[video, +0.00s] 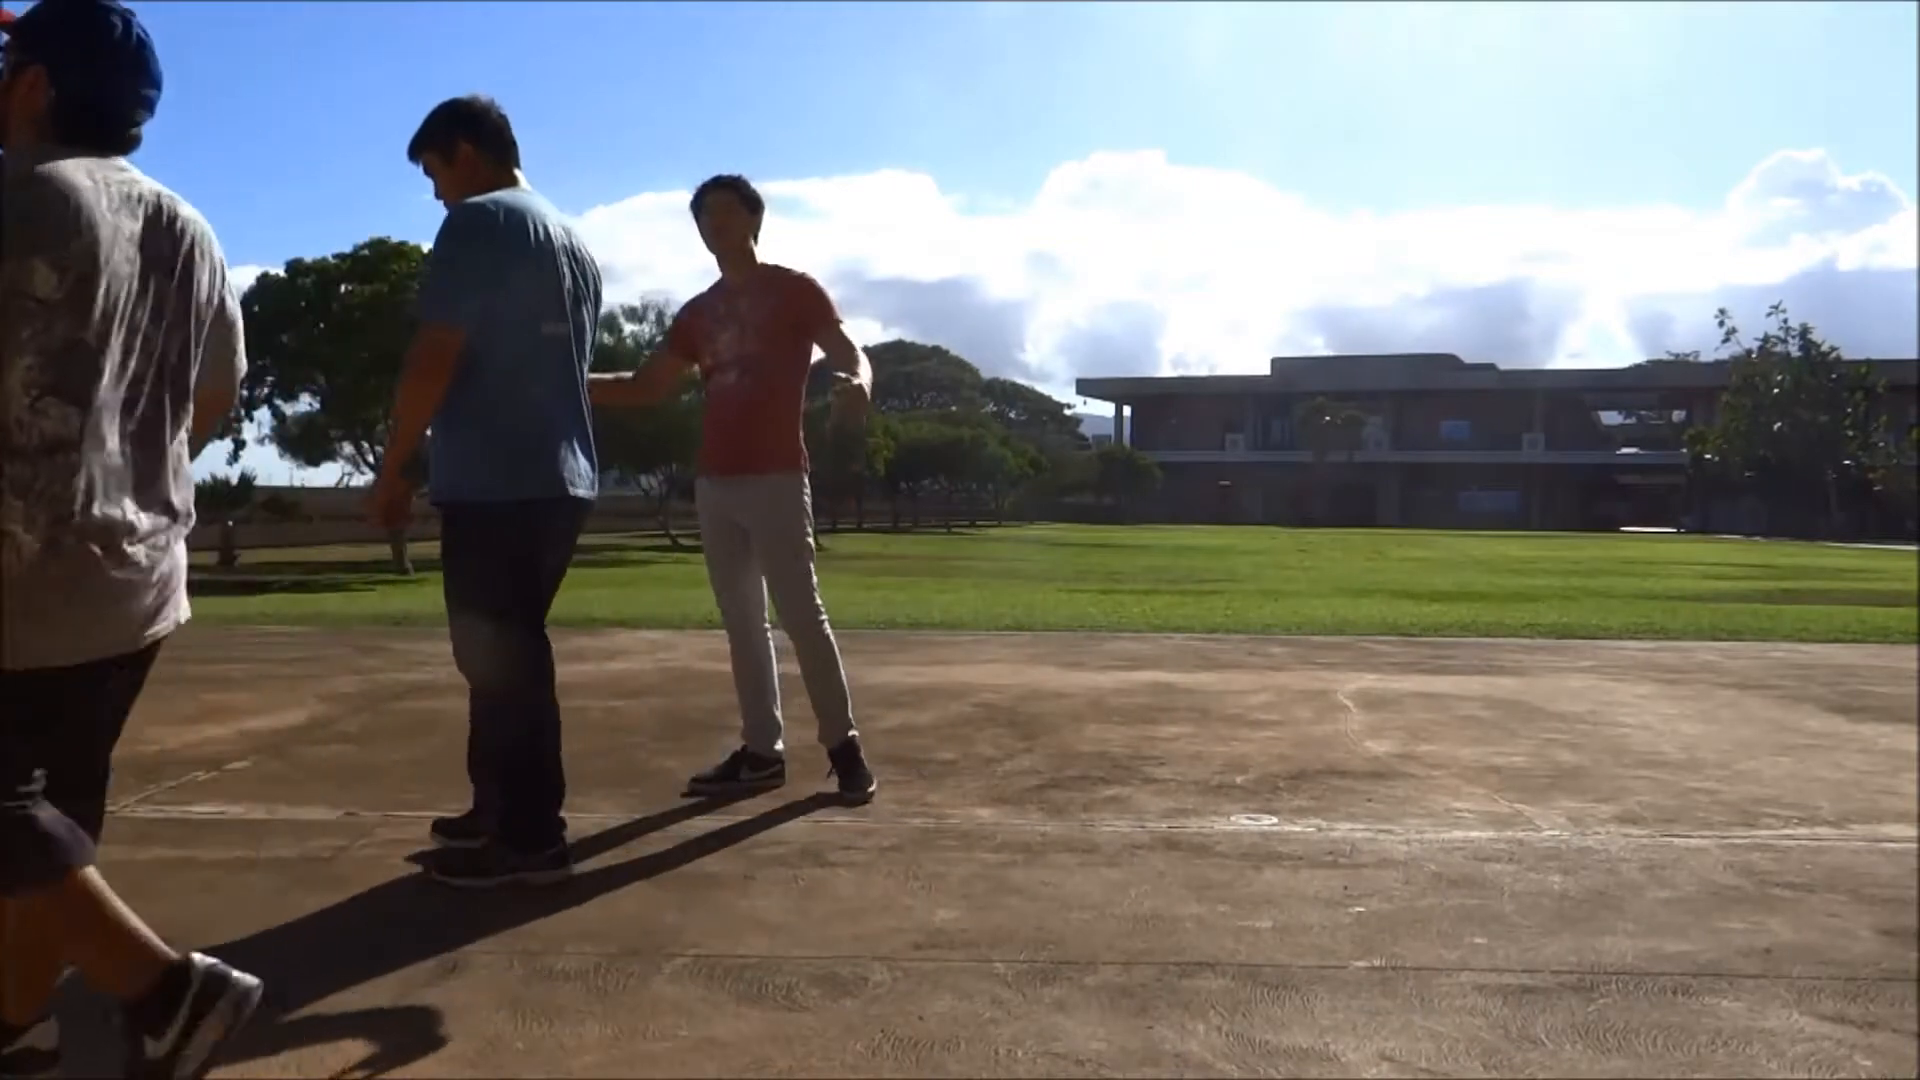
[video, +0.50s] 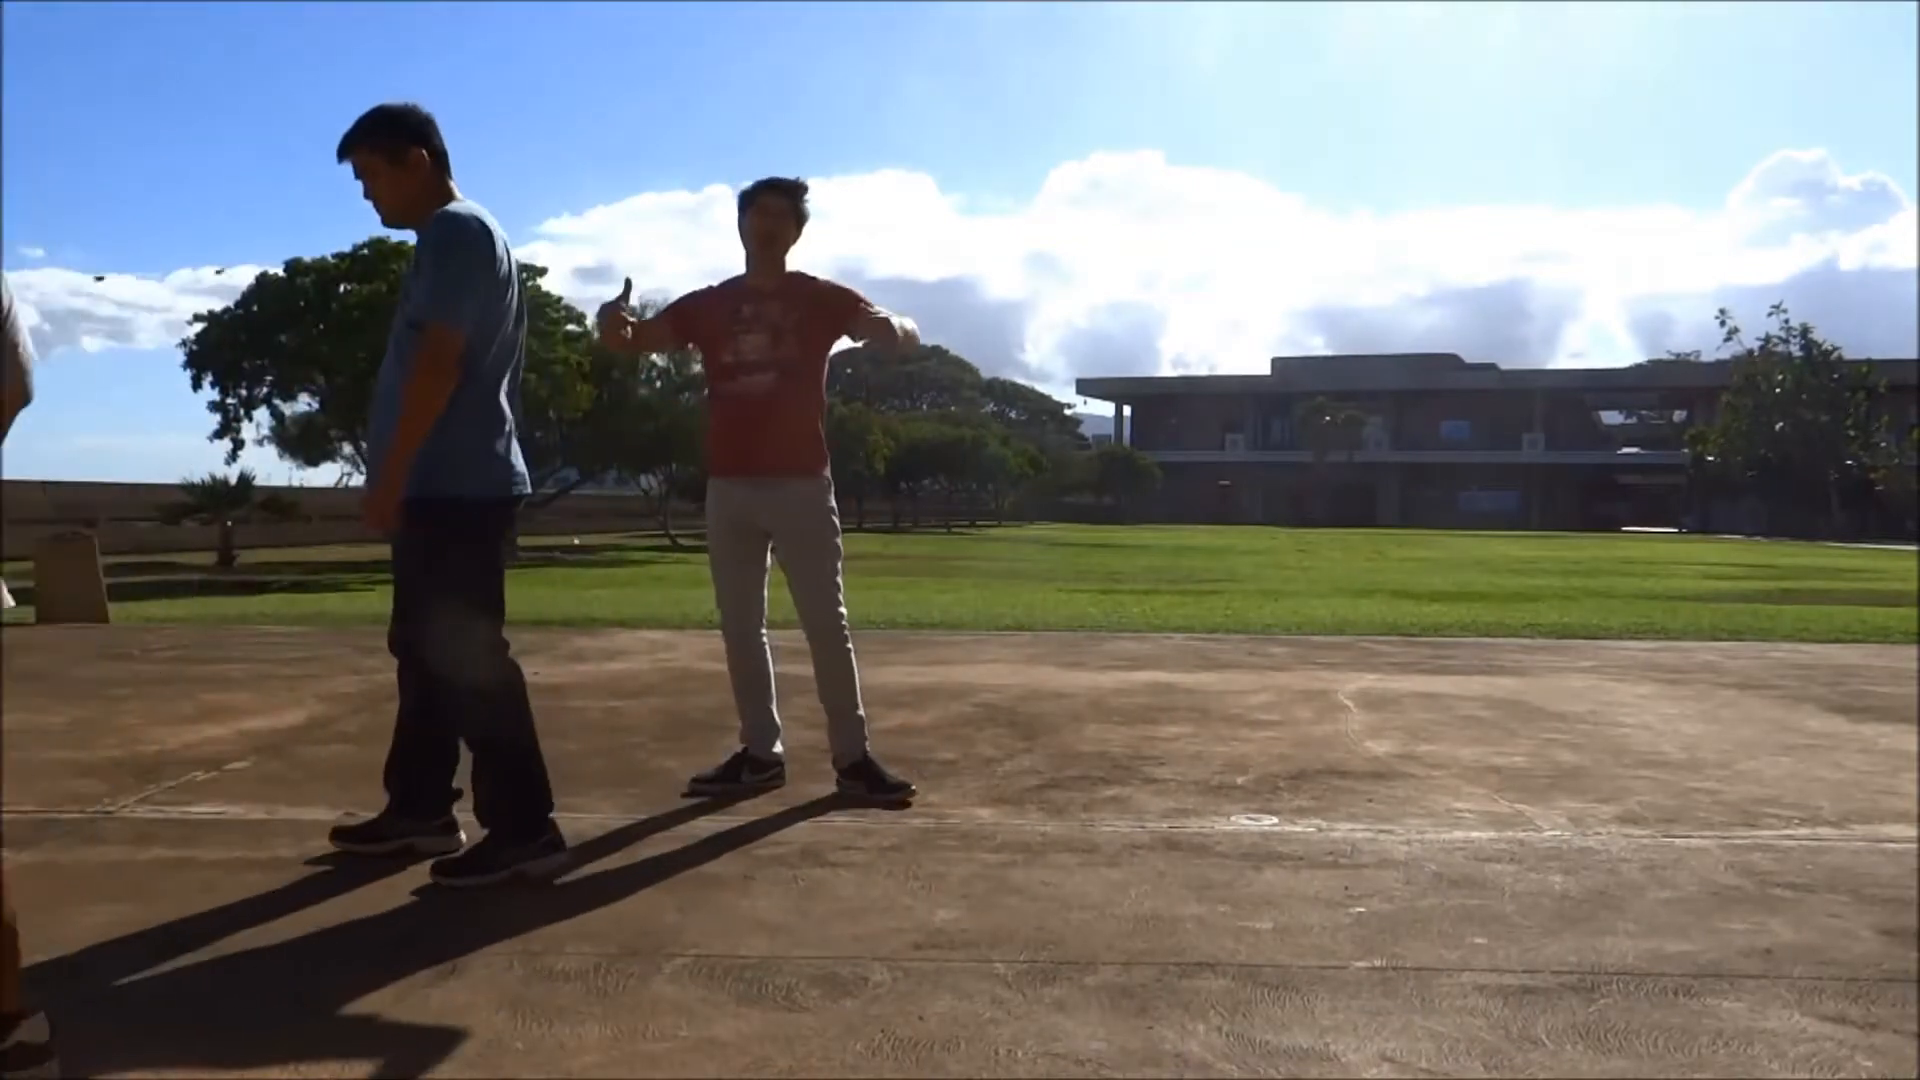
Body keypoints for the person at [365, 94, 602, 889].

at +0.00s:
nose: (434, 189)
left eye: (435, 171)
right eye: (429, 174)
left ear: (467, 154)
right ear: (503, 153)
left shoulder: (473, 226)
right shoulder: (570, 240)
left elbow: (436, 355)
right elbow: (567, 371)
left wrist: (392, 465)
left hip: (492, 487)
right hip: (557, 483)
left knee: (499, 655)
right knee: (506, 647)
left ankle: (529, 836)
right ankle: (501, 808)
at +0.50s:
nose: (369, 197)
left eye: (371, 179)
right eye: (363, 183)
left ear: (417, 161)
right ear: (420, 164)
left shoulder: (459, 234)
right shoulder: (459, 237)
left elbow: (442, 361)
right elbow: (465, 367)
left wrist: (393, 470)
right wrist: (404, 468)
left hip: (461, 486)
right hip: (440, 487)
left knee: (469, 653)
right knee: (422, 649)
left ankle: (525, 828)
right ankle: (419, 809)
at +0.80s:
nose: (350, 192)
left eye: (358, 174)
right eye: (342, 177)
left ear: (408, 163)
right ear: (357, 178)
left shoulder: (461, 247)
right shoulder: (380, 264)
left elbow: (458, 366)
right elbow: (354, 381)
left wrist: (401, 468)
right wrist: (317, 477)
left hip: (453, 484)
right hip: (393, 487)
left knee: (453, 642)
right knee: (401, 646)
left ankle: (516, 815)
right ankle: (418, 809)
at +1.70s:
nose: (462, 179)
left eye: (476, 165)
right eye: (445, 165)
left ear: (498, 168)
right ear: (418, 165)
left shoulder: (527, 260)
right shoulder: (371, 255)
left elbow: (548, 375)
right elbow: (331, 368)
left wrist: (518, 476)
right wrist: (300, 465)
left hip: (480, 492)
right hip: (382, 491)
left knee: (481, 663)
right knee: (368, 646)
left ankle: (475, 822)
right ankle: (407, 801)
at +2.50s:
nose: (426, 183)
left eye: (434, 169)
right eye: (410, 168)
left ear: (442, 176)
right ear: (368, 169)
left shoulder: (463, 266)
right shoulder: (311, 255)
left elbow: (502, 362)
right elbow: (251, 350)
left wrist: (533, 419)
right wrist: (274, 370)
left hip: (444, 493)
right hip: (344, 497)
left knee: (457, 658)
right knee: (334, 661)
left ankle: (477, 816)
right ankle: (329, 811)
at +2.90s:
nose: (395, 177)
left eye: (403, 165)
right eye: (378, 163)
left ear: (412, 175)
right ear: (337, 169)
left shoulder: (425, 263)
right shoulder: (286, 255)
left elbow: (479, 354)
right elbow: (217, 347)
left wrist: (517, 309)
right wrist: (250, 267)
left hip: (411, 486)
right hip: (315, 492)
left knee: (422, 653)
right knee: (324, 660)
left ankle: (413, 794)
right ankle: (329, 806)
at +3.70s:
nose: (502, 227)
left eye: (510, 214)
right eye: (490, 211)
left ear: (517, 212)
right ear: (451, 203)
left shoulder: (516, 287)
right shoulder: (389, 272)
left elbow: (562, 364)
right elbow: (330, 355)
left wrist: (610, 305)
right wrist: (340, 277)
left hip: (506, 498)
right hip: (416, 501)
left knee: (530, 643)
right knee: (385, 655)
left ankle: (530, 779)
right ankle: (340, 803)